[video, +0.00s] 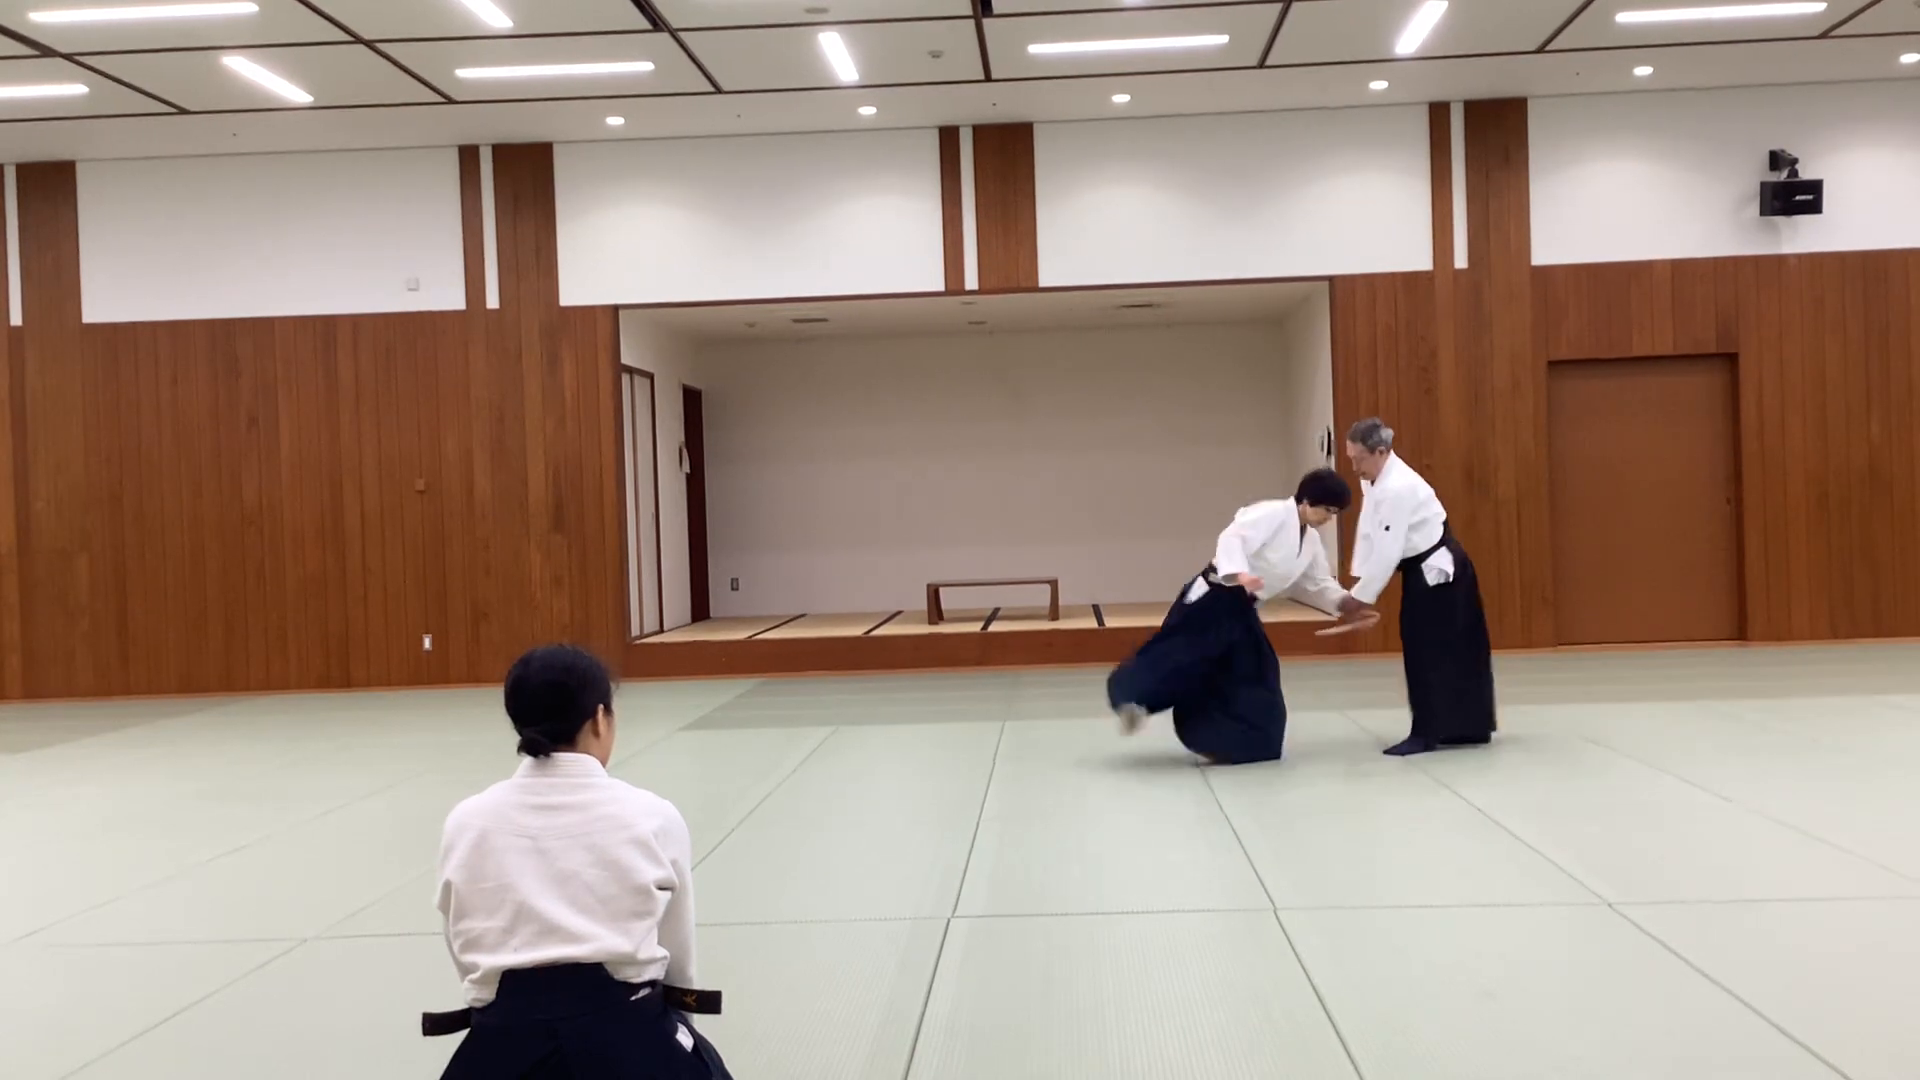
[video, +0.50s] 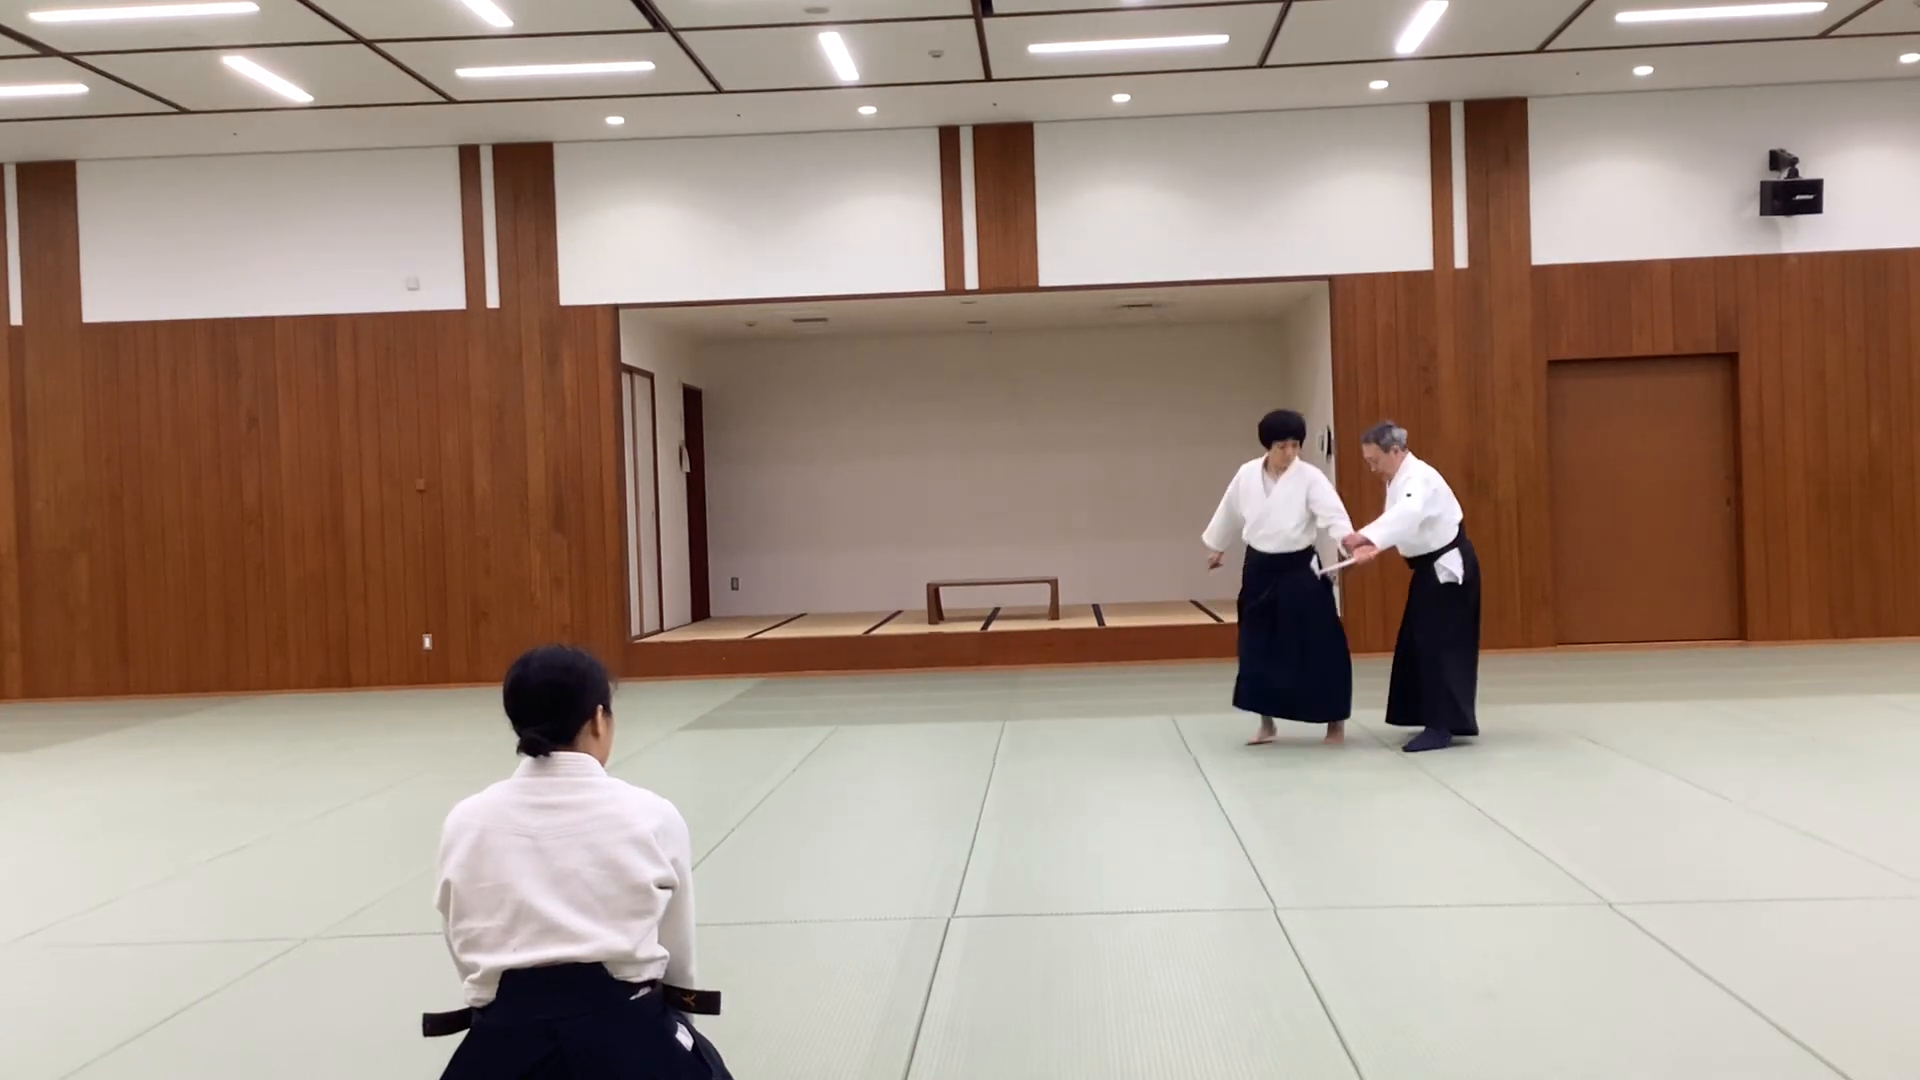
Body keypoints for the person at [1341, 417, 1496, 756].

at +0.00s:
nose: (1353, 465)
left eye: (1357, 458)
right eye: (1351, 458)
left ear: (1379, 452)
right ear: (1374, 453)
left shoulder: (1397, 487)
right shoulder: (1375, 479)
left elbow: (1388, 550)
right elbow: (1366, 531)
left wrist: (1362, 597)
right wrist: (1359, 579)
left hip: (1434, 571)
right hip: (1425, 567)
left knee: (1423, 650)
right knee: (1453, 646)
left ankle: (1426, 732)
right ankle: (1467, 726)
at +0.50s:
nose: (1370, 467)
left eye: (1373, 460)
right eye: (1368, 461)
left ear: (1395, 451)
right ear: (1391, 454)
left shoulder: (1418, 478)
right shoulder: (1399, 480)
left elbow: (1404, 517)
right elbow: (1399, 522)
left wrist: (1364, 535)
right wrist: (1375, 546)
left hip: (1447, 566)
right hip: (1429, 567)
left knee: (1434, 643)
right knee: (1426, 642)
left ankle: (1439, 726)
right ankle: (1444, 721)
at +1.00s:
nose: (1370, 465)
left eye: (1375, 459)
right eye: (1368, 459)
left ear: (1398, 455)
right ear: (1374, 454)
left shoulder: (1421, 480)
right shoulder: (1377, 487)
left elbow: (1400, 506)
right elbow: (1360, 535)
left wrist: (1354, 502)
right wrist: (1338, 573)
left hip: (1431, 576)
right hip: (1401, 577)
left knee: (1424, 650)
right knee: (1400, 649)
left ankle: (1426, 730)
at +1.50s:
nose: (1316, 501)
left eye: (1322, 497)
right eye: (1314, 494)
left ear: (1346, 497)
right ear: (1313, 489)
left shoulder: (1373, 518)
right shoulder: (1301, 518)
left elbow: (1371, 570)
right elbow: (1296, 562)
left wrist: (1320, 596)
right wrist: (1302, 592)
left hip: (1375, 602)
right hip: (1327, 604)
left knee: (1390, 667)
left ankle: (1406, 736)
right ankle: (1251, 728)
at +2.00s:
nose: (1230, 498)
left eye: (1235, 490)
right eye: (1224, 491)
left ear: (1253, 481)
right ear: (1219, 488)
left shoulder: (1286, 508)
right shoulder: (1220, 518)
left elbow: (1305, 558)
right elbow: (1182, 542)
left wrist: (1258, 587)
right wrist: (1148, 568)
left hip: (1320, 584)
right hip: (1274, 591)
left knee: (1360, 650)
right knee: (1254, 663)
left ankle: (1408, 718)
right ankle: (1247, 740)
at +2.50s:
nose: (1327, 490)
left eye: (1335, 482)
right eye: (1322, 482)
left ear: (1355, 479)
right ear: (1317, 480)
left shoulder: (1378, 513)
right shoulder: (1313, 512)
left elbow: (1408, 565)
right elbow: (1310, 565)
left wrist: (1407, 609)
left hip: (1377, 599)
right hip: (1334, 596)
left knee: (1396, 669)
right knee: (1296, 658)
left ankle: (1405, 749)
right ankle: (1274, 737)